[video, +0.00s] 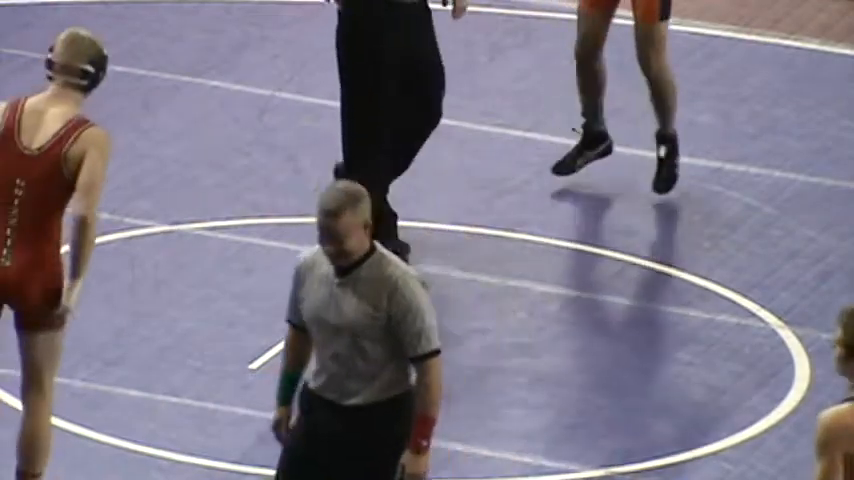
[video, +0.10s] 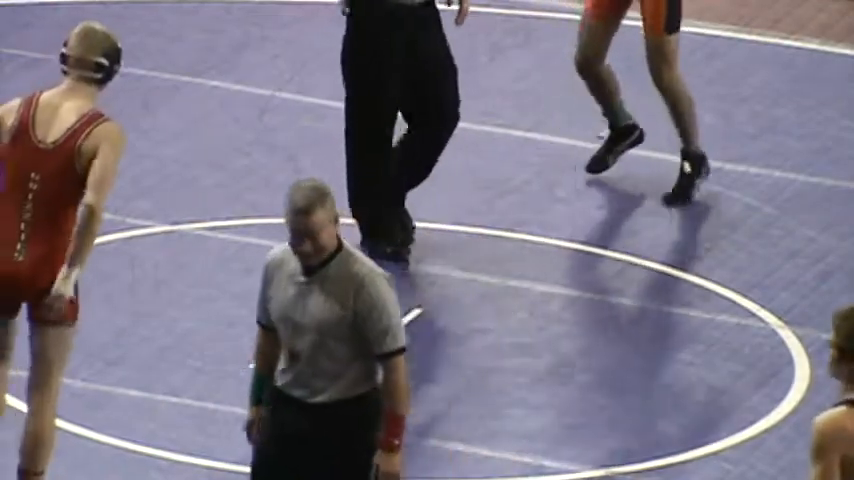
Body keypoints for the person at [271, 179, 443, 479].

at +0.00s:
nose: (330, 247)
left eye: (339, 239)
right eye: (324, 237)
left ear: (366, 230)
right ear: (317, 229)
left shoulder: (399, 283)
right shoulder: (310, 269)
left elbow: (429, 366)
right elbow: (299, 335)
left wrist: (420, 447)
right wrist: (284, 403)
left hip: (380, 415)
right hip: (320, 408)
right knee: (293, 472)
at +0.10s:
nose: (303, 245)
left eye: (312, 236)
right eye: (296, 235)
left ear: (335, 225)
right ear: (287, 227)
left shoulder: (367, 282)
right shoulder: (278, 265)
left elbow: (394, 365)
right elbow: (268, 334)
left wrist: (391, 446)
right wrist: (258, 402)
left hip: (347, 414)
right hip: (287, 410)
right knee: (267, 472)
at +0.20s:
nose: (285, 242)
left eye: (291, 230)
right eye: (273, 234)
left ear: (307, 217)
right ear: (259, 230)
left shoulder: (338, 279)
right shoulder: (250, 263)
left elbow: (363, 361)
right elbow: (241, 333)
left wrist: (359, 442)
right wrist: (227, 401)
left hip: (317, 410)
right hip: (262, 405)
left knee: (307, 473)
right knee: (249, 473)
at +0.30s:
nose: (262, 239)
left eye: (269, 227)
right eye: (250, 231)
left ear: (281, 215)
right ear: (232, 227)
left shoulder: (310, 275)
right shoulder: (223, 259)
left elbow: (337, 354)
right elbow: (214, 326)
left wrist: (323, 435)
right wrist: (194, 391)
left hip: (290, 404)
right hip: (238, 400)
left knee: (279, 473)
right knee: (235, 472)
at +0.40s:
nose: (237, 241)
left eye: (243, 228)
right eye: (225, 232)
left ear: (254, 216)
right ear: (205, 228)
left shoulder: (281, 276)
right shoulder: (197, 258)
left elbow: (310, 356)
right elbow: (186, 324)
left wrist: (285, 437)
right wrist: (160, 384)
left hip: (258, 407)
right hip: (213, 400)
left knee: (236, 474)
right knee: (219, 472)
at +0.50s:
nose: (207, 247)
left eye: (213, 235)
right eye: (195, 238)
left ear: (225, 223)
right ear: (177, 234)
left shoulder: (251, 286)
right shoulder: (169, 265)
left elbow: (280, 368)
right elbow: (158, 330)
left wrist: (253, 447)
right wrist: (126, 386)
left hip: (230, 413)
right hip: (188, 408)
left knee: (204, 473)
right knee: (201, 472)